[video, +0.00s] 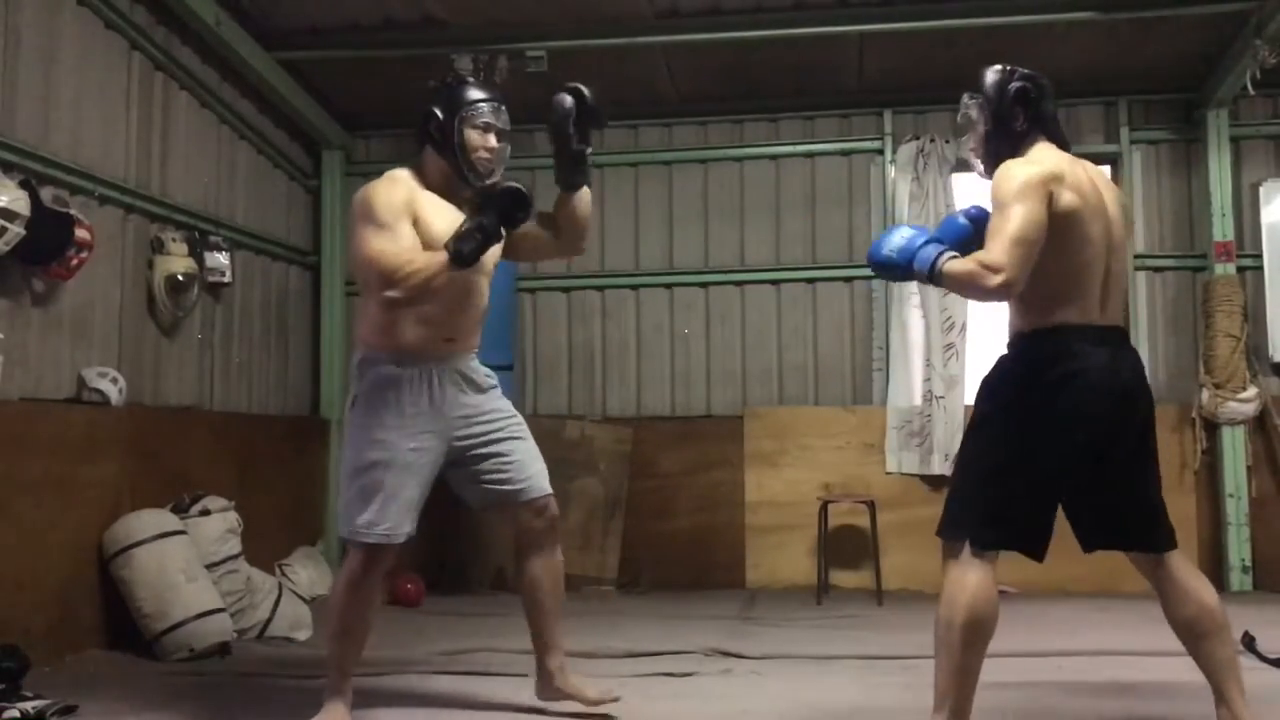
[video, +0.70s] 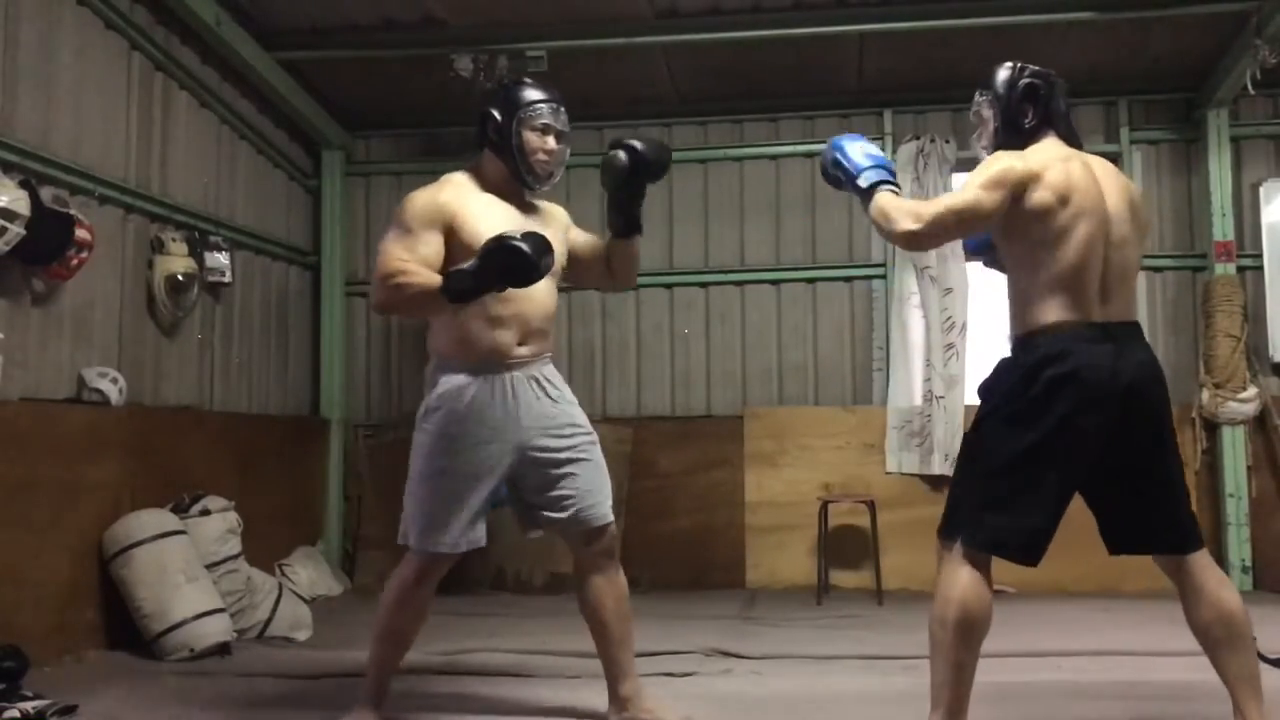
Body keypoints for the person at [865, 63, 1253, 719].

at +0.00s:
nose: (968, 139)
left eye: (972, 122)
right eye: (967, 123)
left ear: (1003, 120)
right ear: (1037, 118)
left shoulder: (1023, 174)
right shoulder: (1100, 178)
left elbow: (998, 277)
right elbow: (1074, 263)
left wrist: (926, 260)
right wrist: (991, 231)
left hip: (1041, 378)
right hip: (1118, 376)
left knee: (970, 547)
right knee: (1158, 553)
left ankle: (948, 713)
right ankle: (1237, 708)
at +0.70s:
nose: (978, 135)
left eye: (981, 120)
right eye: (976, 122)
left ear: (1015, 115)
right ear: (1052, 114)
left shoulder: (1012, 169)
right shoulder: (1117, 178)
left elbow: (913, 228)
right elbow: (1094, 259)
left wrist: (870, 181)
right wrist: (1002, 249)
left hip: (1047, 375)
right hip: (1133, 372)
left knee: (965, 551)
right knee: (1186, 554)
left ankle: (947, 714)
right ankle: (1255, 709)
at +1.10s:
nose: (1043, 139)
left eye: (1050, 123)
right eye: (1044, 123)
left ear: (1084, 124)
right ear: (1122, 125)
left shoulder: (1088, 187)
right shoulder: (1198, 195)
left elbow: (1007, 287)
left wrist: (931, 269)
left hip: (1111, 393)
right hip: (1199, 393)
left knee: (1015, 557)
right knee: (1242, 574)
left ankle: (959, 709)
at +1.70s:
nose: (1043, 142)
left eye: (1044, 125)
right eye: (1039, 129)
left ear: (1066, 117)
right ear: (1119, 114)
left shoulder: (1095, 169)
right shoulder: (1187, 177)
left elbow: (984, 234)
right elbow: (1170, 311)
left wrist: (959, 161)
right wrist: (1066, 305)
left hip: (1141, 377)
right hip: (1224, 376)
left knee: (1035, 543)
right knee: (1241, 556)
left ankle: (1034, 712)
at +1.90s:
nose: (1060, 131)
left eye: (1064, 113)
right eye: (1057, 115)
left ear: (1098, 109)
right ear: (1135, 109)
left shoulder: (1127, 166)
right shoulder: (1201, 174)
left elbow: (1032, 252)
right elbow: (1155, 313)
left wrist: (985, 189)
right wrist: (1068, 282)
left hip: (1156, 379)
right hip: (1239, 376)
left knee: (1061, 549)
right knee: (1272, 563)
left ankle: (1038, 711)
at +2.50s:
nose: (1049, 139)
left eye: (1059, 122)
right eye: (1046, 126)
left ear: (1106, 119)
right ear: (1118, 125)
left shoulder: (1141, 181)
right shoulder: (1174, 183)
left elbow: (1109, 305)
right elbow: (1134, 290)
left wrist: (1023, 260)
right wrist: (1057, 244)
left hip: (1161, 390)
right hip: (1218, 390)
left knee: (1037, 548)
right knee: (1239, 571)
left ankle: (1030, 713)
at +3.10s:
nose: (1025, 132)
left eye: (1035, 114)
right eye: (1025, 117)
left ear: (1077, 112)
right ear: (1090, 117)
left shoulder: (1130, 171)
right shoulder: (1135, 184)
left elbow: (1089, 281)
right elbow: (1119, 322)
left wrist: (1004, 227)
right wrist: (1032, 303)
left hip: (1144, 386)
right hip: (1194, 387)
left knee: (1029, 549)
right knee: (1239, 570)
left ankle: (1029, 712)